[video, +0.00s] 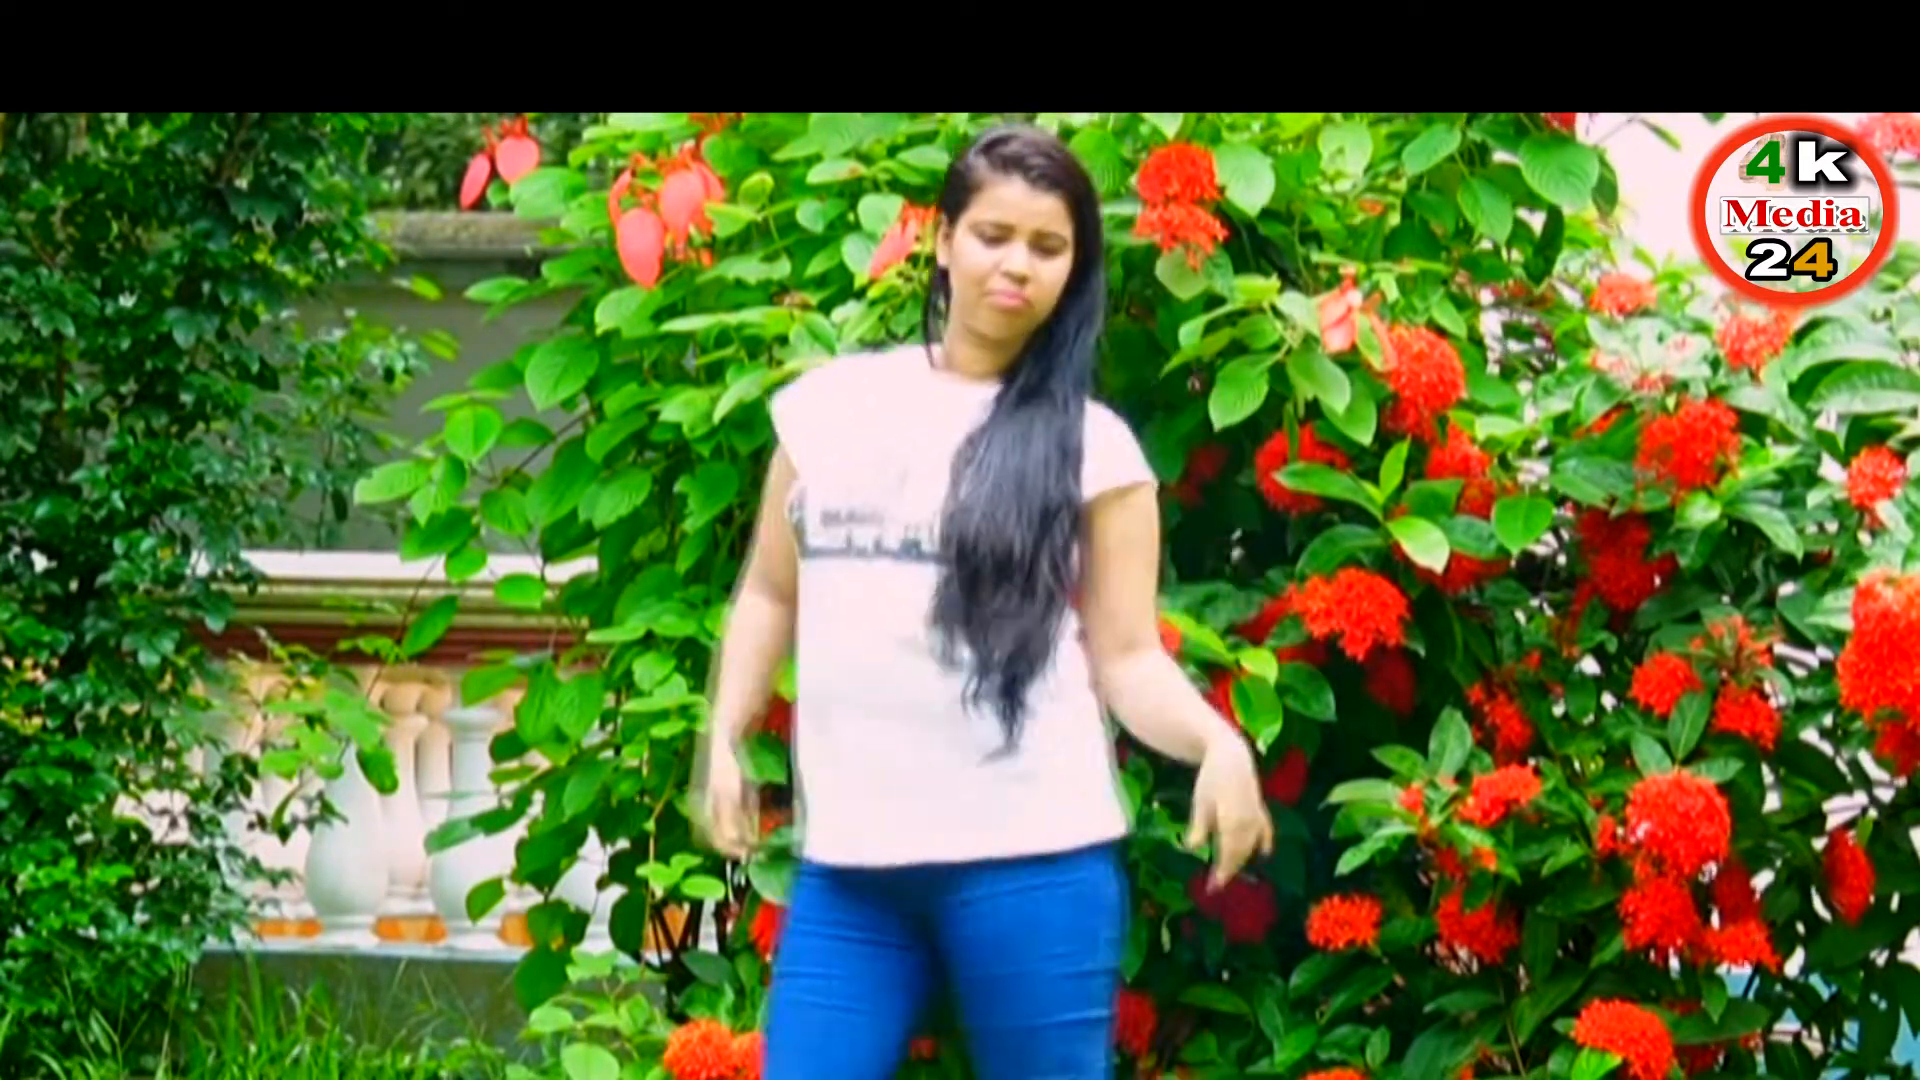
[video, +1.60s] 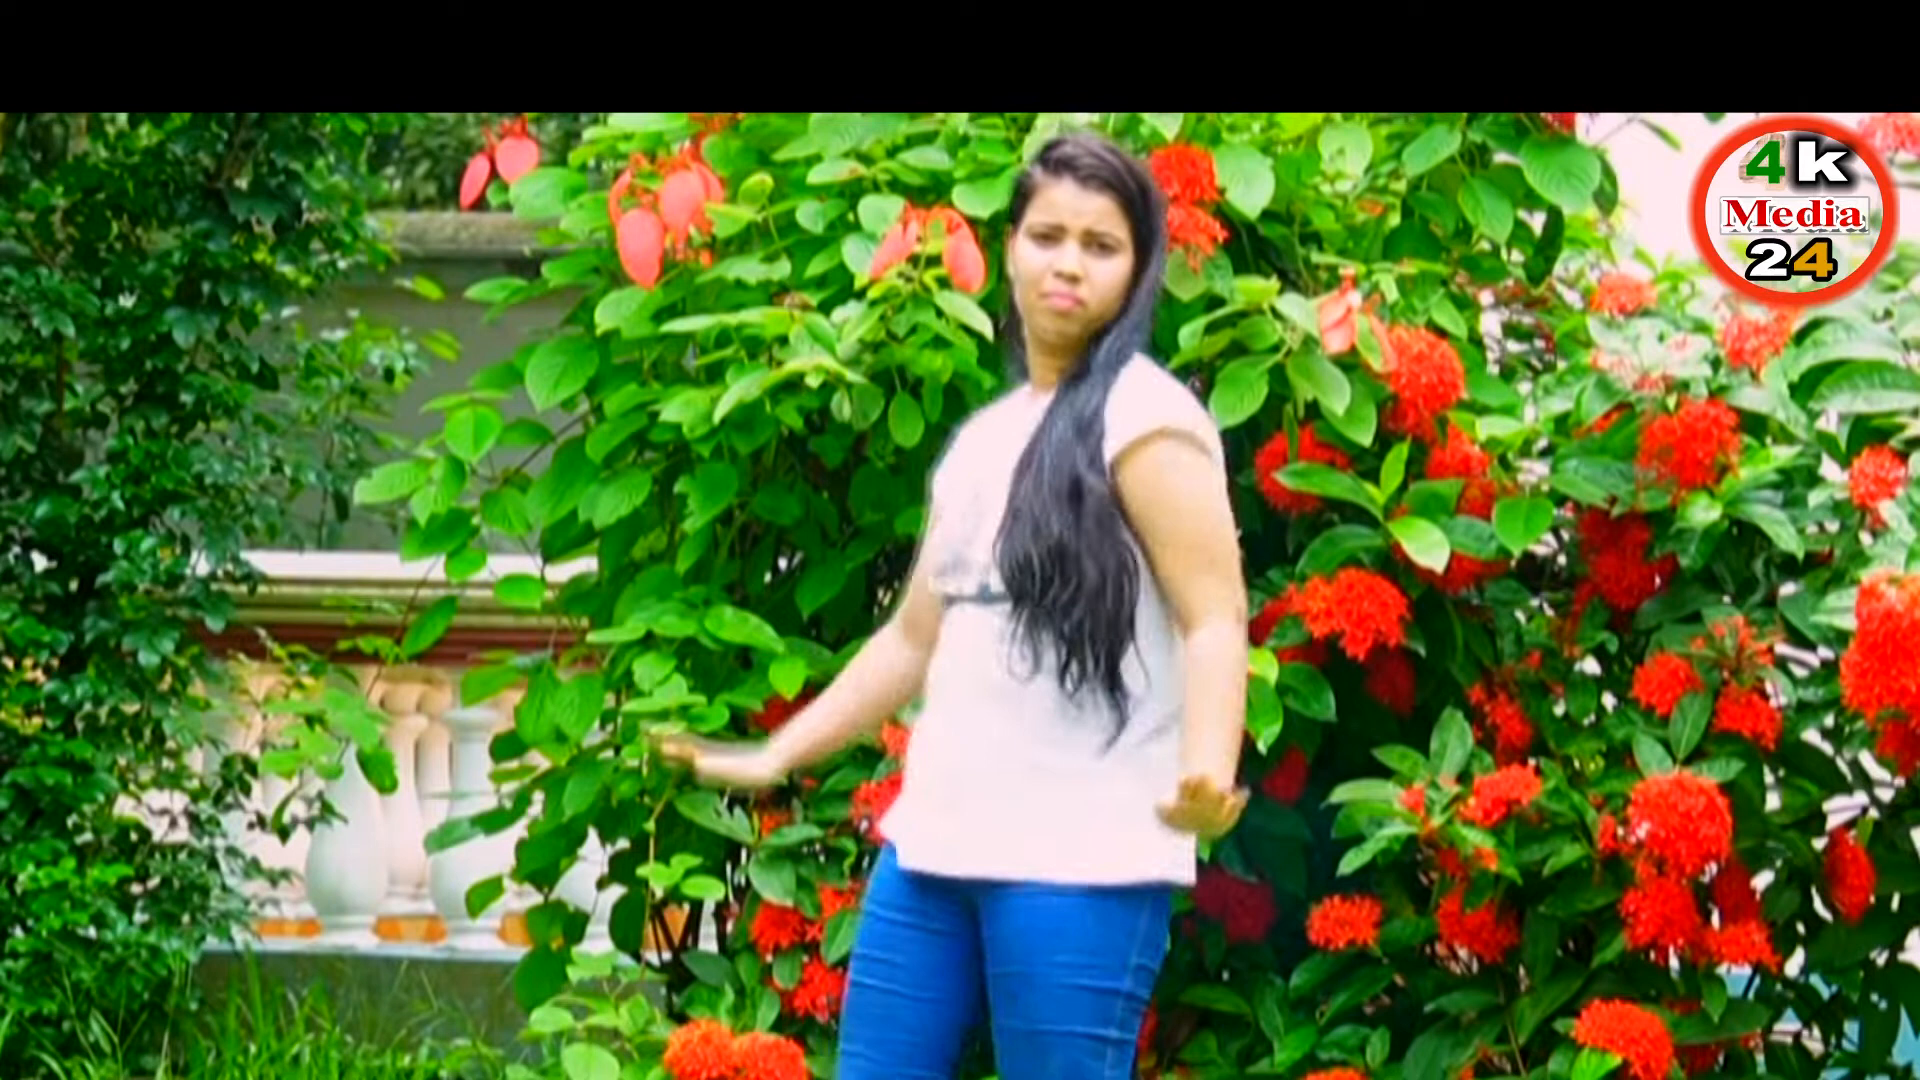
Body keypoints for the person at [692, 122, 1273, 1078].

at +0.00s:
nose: (1017, 267)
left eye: (1047, 247)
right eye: (994, 237)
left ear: (1077, 270)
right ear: (944, 241)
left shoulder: (1094, 443)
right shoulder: (825, 406)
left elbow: (1127, 651)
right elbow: (768, 591)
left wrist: (1217, 741)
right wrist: (724, 738)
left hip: (1034, 872)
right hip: (848, 869)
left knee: (1054, 1069)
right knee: (798, 1067)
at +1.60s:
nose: (1068, 267)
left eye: (1099, 246)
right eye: (1046, 237)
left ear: (1138, 272)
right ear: (1007, 250)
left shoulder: (1145, 408)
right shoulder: (977, 439)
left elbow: (1213, 613)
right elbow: (910, 641)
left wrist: (1207, 769)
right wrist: (772, 758)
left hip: (1083, 864)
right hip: (929, 849)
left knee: (1059, 1069)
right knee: (874, 1070)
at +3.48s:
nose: (1083, 261)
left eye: (1113, 242)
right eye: (1060, 228)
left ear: (1139, 267)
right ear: (1008, 235)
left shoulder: (1144, 377)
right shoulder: (975, 415)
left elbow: (1262, 472)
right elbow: (889, 508)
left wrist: (1293, 309)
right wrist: (776, 375)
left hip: (1113, 853)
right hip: (962, 853)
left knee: (1079, 1067)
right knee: (885, 1069)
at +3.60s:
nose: (1081, 264)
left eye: (1111, 243)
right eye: (1059, 232)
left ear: (1139, 267)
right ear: (1008, 238)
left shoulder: (1141, 391)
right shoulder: (983, 409)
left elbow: (1259, 473)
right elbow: (900, 503)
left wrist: (1283, 281)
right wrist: (821, 339)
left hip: (1106, 847)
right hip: (968, 851)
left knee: (1082, 1072)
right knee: (893, 1070)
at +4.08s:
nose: (1057, 284)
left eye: (1089, 266)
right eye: (1036, 252)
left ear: (1116, 293)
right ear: (988, 256)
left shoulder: (1115, 413)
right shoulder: (916, 421)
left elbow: (1184, 464)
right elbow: (774, 470)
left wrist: (1211, 271)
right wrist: (704, 295)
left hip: (1050, 868)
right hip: (890, 862)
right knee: (805, 1068)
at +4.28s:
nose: (1049, 258)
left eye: (1080, 242)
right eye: (1028, 226)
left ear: (1104, 270)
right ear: (977, 231)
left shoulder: (1117, 379)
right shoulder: (897, 401)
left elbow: (1201, 378)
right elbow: (747, 423)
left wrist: (1196, 197)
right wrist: (648, 273)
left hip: (1050, 853)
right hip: (865, 840)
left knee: (1054, 1069)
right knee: (827, 1070)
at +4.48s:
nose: (1066, 245)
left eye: (1098, 226)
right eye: (1044, 212)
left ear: (1123, 252)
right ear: (990, 219)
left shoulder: (1139, 380)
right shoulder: (898, 390)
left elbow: (1275, 328)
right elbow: (742, 400)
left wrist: (1246, 126)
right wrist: (727, 207)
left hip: (1098, 841)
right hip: (917, 843)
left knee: (1094, 1070)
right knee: (854, 1070)